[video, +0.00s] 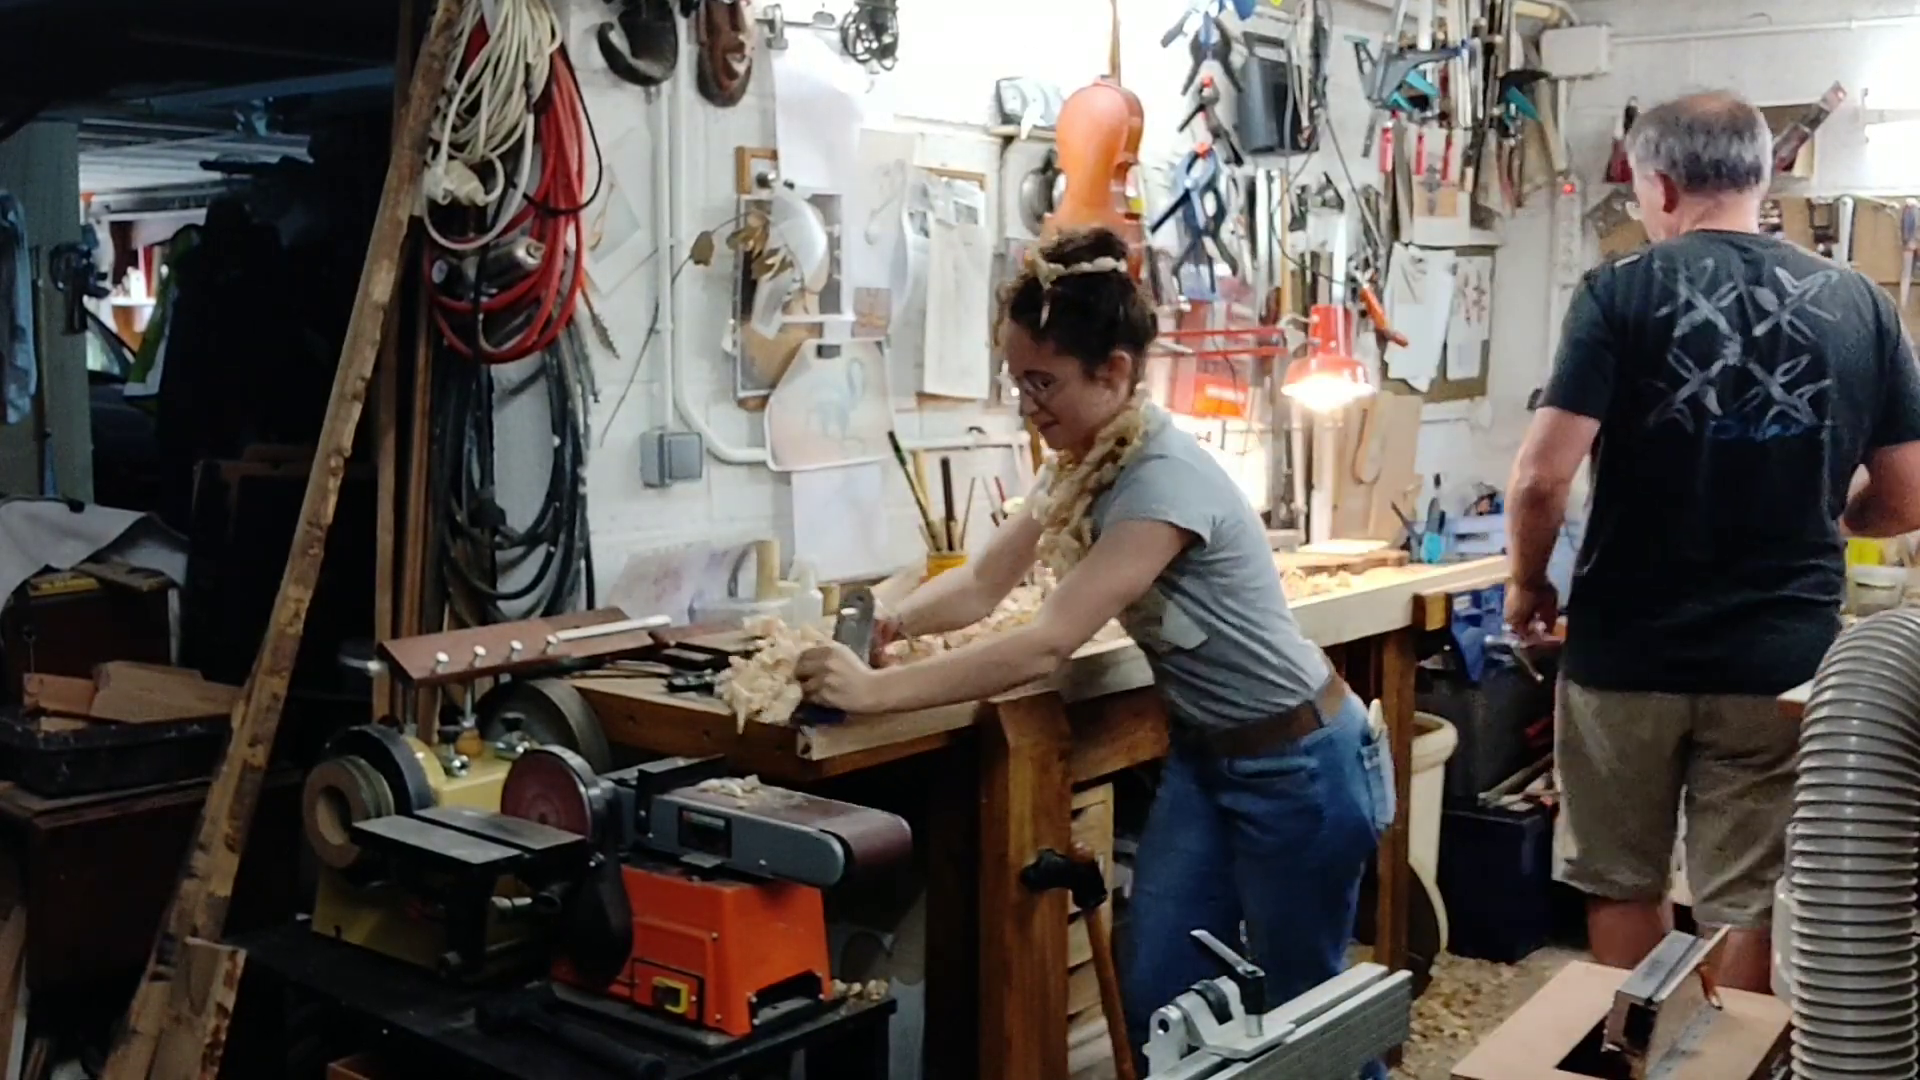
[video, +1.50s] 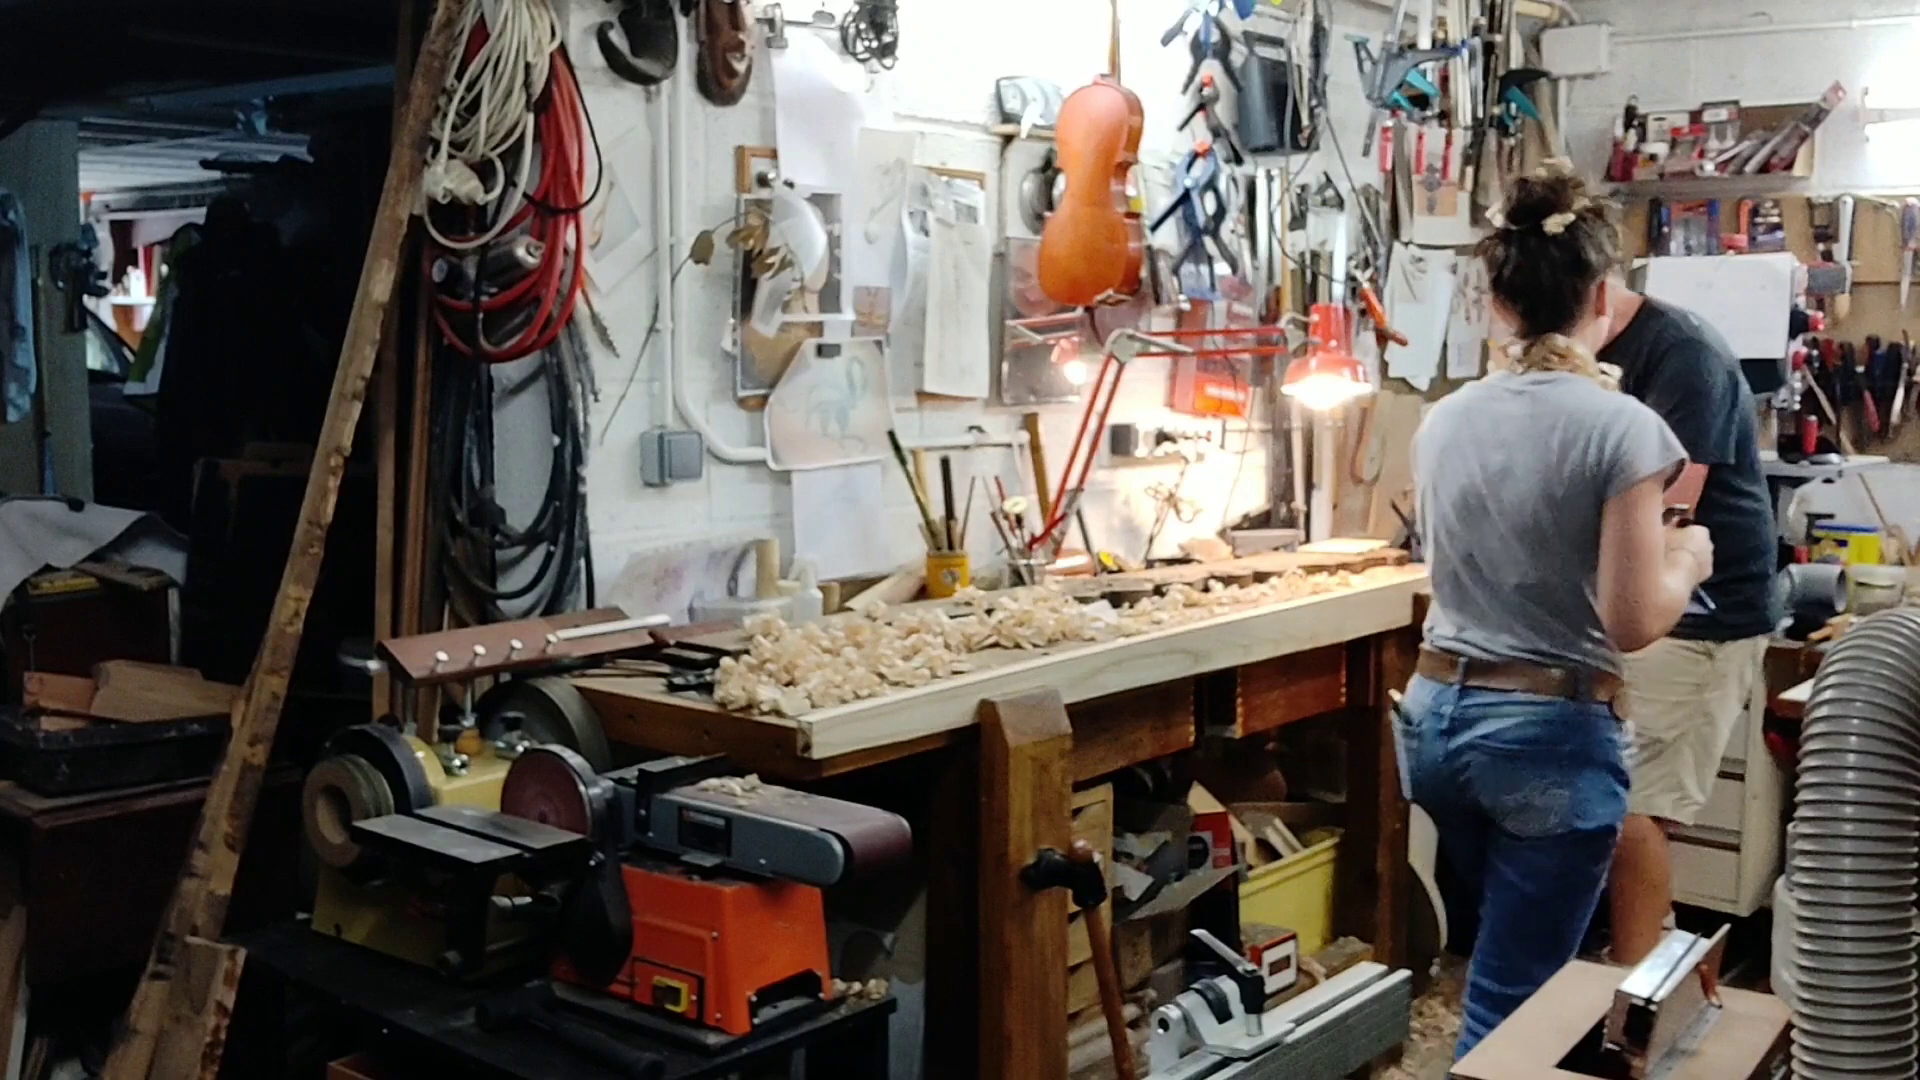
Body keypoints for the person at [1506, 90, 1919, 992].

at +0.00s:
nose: (1639, 211)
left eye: (1639, 192)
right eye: (1637, 194)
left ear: (1663, 188)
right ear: (1764, 184)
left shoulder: (1621, 291)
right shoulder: (1857, 302)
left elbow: (1540, 477)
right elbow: (1900, 504)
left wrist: (1527, 581)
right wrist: (1807, 502)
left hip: (1627, 641)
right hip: (1780, 646)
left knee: (1622, 890)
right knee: (1747, 908)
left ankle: (1628, 1075)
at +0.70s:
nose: (1631, 259)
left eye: (1634, 237)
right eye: (1627, 241)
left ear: (1688, 224)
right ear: (1723, 221)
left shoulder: (1718, 320)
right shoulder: (1824, 311)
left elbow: (1661, 495)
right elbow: (1802, 469)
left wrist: (1575, 523)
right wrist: (1656, 472)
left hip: (1722, 642)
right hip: (1813, 634)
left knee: (1672, 841)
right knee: (1768, 840)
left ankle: (1709, 1033)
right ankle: (1788, 1011)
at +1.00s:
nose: (1600, 270)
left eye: (1606, 248)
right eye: (1596, 251)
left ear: (1667, 230)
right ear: (1667, 234)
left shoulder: (1740, 324)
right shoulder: (1696, 318)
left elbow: (1699, 492)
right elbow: (1665, 457)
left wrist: (1558, 515)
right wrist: (1581, 481)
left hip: (1709, 628)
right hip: (1716, 620)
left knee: (1636, 810)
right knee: (1726, 808)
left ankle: (1632, 1009)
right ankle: (1778, 982)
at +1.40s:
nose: (1559, 303)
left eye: (1564, 284)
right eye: (1553, 286)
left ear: (1609, 264)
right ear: (1598, 267)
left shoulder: (1695, 343)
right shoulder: (1607, 346)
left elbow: (1666, 502)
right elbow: (1599, 465)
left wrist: (1563, 501)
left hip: (1709, 618)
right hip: (1648, 605)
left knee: (1640, 814)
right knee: (1623, 807)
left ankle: (1633, 994)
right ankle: (1637, 985)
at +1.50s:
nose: (1553, 328)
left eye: (1557, 314)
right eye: (1547, 316)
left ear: (1596, 292)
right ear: (1598, 287)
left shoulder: (1687, 355)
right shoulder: (1596, 353)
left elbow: (1666, 509)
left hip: (1704, 618)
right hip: (1632, 604)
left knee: (1634, 813)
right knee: (1603, 802)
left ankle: (1637, 990)